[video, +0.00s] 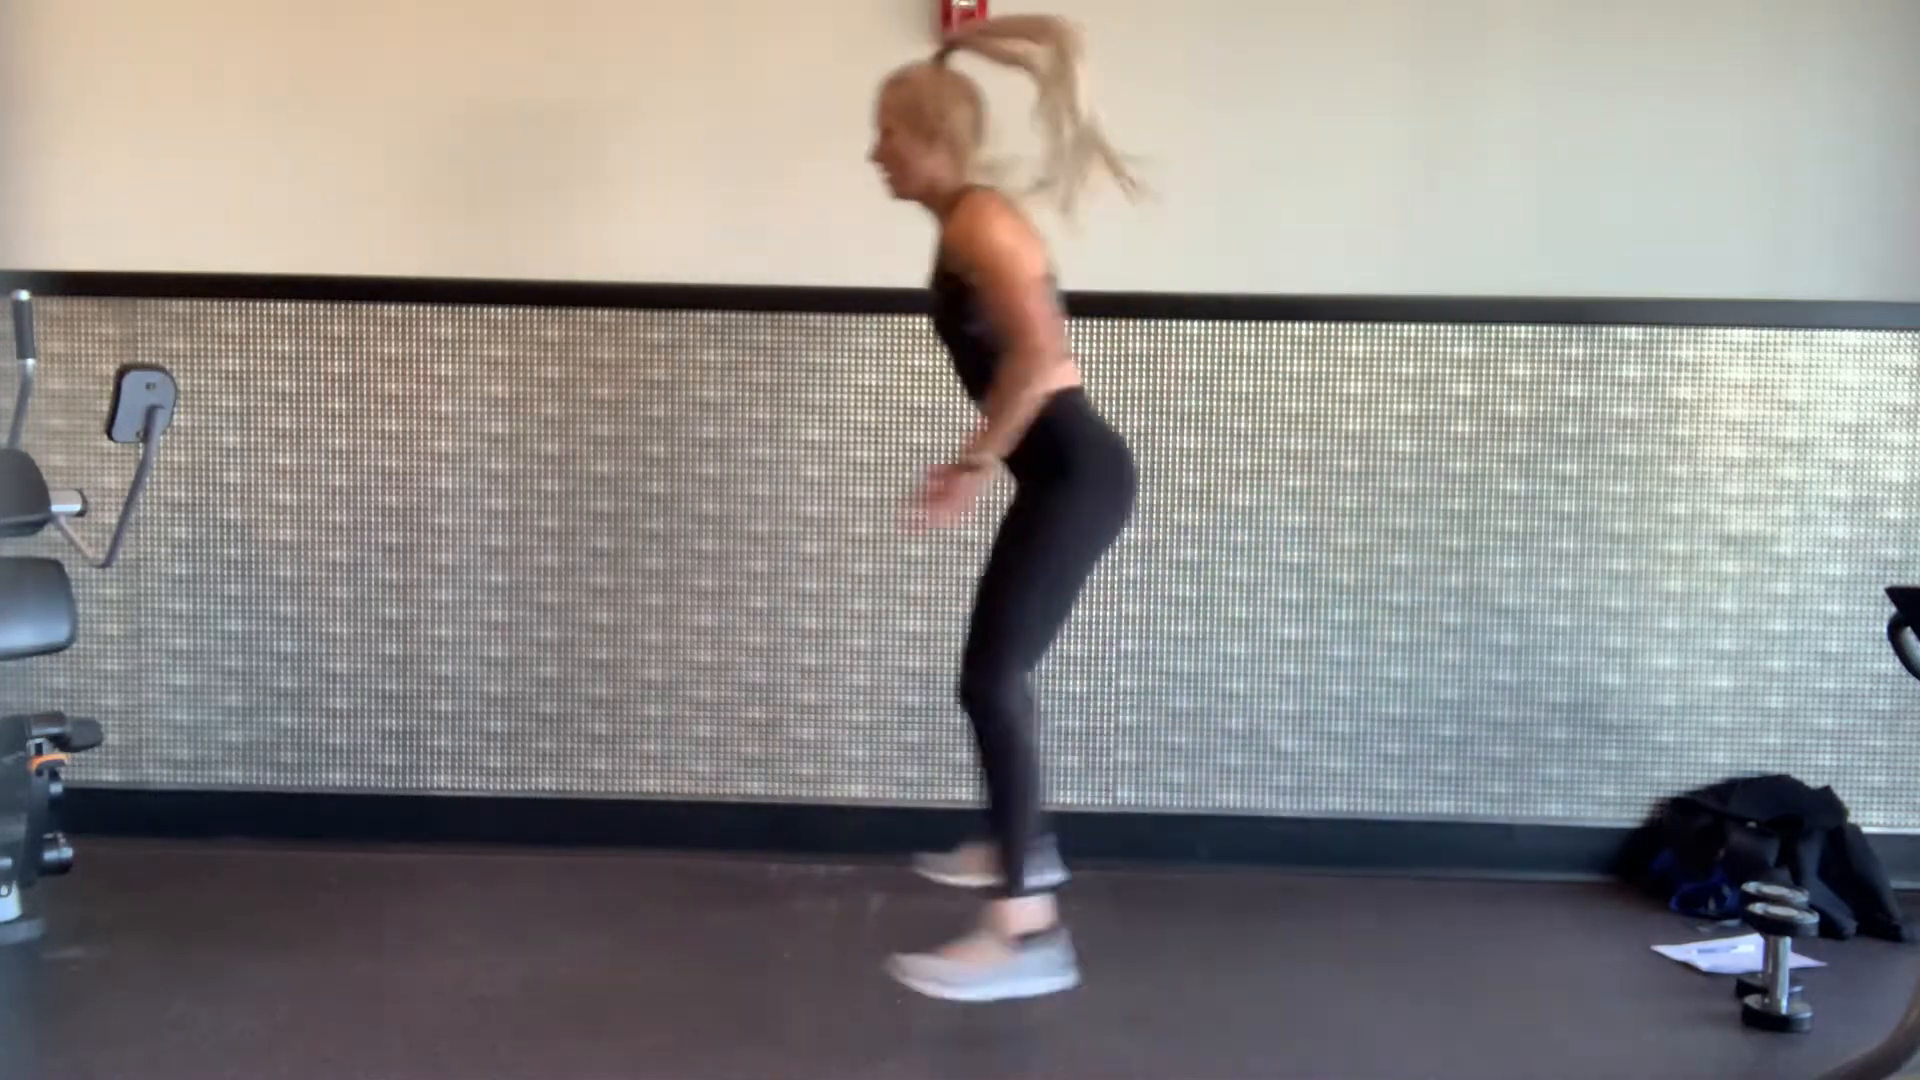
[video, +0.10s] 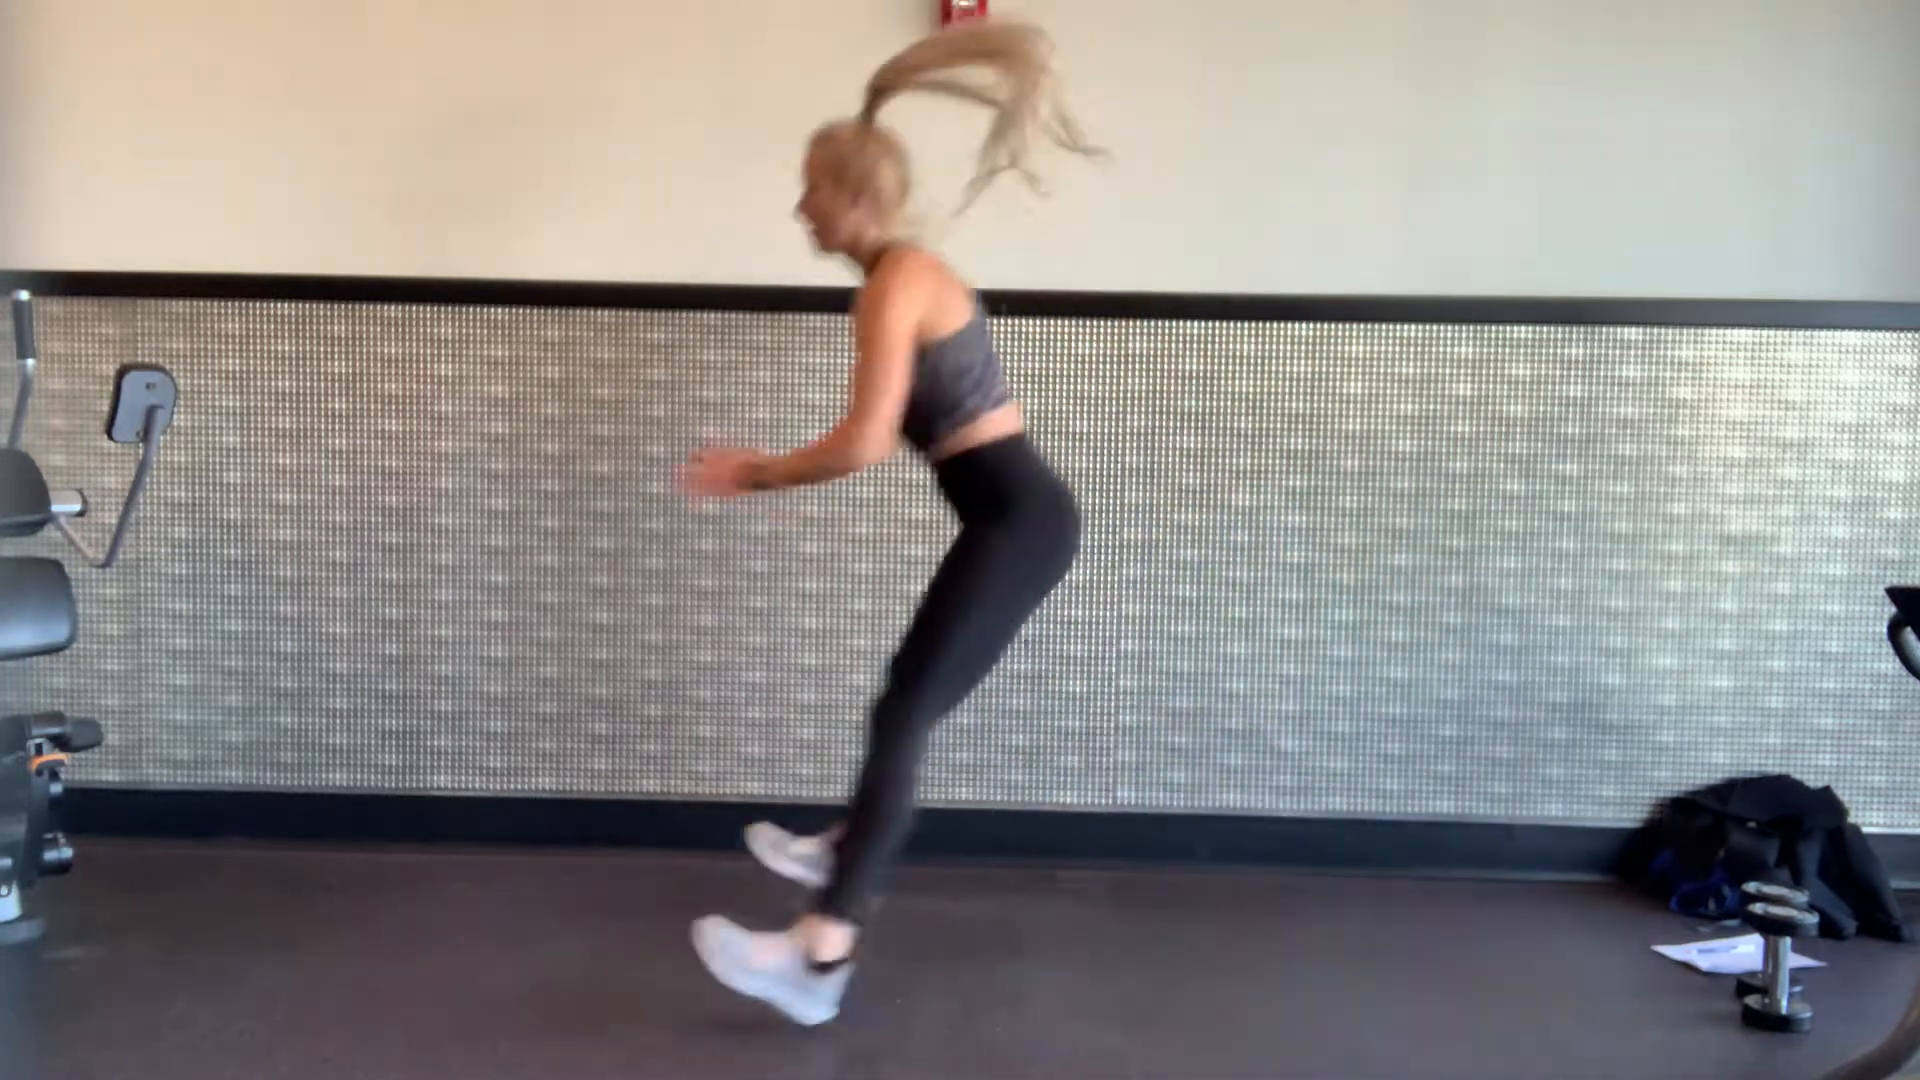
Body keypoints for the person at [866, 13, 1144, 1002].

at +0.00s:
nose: (876, 155)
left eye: (888, 139)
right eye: (877, 139)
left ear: (936, 145)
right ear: (937, 143)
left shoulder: (985, 226)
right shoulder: (962, 227)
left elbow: (1046, 362)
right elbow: (1033, 361)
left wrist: (972, 467)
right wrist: (986, 455)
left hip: (1077, 471)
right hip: (1055, 471)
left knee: (994, 679)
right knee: (992, 670)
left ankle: (1026, 918)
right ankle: (1011, 845)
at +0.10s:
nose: (802, 211)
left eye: (811, 197)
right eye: (805, 195)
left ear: (851, 200)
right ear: (871, 194)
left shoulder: (894, 287)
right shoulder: (917, 273)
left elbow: (865, 442)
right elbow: (881, 429)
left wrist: (760, 472)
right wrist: (783, 465)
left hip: (1017, 519)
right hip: (1017, 511)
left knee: (905, 712)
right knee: (908, 698)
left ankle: (825, 945)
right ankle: (848, 850)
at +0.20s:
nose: (743, 311)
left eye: (754, 298)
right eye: (748, 296)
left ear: (791, 313)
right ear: (815, 311)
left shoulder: (829, 401)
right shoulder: (847, 387)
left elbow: (705, 514)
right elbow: (727, 496)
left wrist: (635, 438)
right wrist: (653, 434)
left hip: (953, 627)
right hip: (952, 613)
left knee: (758, 740)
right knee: (781, 717)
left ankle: (751, 981)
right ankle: (787, 882)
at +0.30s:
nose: (689, 389)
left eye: (702, 380)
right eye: (696, 377)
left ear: (739, 402)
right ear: (763, 402)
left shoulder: (767, 486)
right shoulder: (785, 474)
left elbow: (617, 562)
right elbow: (645, 543)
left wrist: (608, 448)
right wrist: (621, 447)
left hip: (889, 713)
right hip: (886, 689)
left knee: (682, 755)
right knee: (721, 701)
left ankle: (746, 983)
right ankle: (781, 884)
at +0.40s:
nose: (644, 442)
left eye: (659, 432)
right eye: (654, 428)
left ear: (688, 458)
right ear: (719, 458)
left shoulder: (720, 536)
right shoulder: (732, 526)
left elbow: (567, 612)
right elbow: (604, 586)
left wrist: (570, 498)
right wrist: (580, 496)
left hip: (857, 754)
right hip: (846, 728)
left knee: (652, 770)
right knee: (689, 711)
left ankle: (743, 981)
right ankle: (778, 882)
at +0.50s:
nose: (606, 454)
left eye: (621, 445)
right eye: (614, 441)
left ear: (656, 469)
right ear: (682, 469)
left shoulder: (685, 552)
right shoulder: (709, 536)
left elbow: (545, 643)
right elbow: (575, 613)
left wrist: (528, 529)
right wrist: (556, 523)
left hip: (842, 750)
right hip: (839, 723)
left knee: (640, 771)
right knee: (676, 716)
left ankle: (744, 981)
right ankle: (777, 881)